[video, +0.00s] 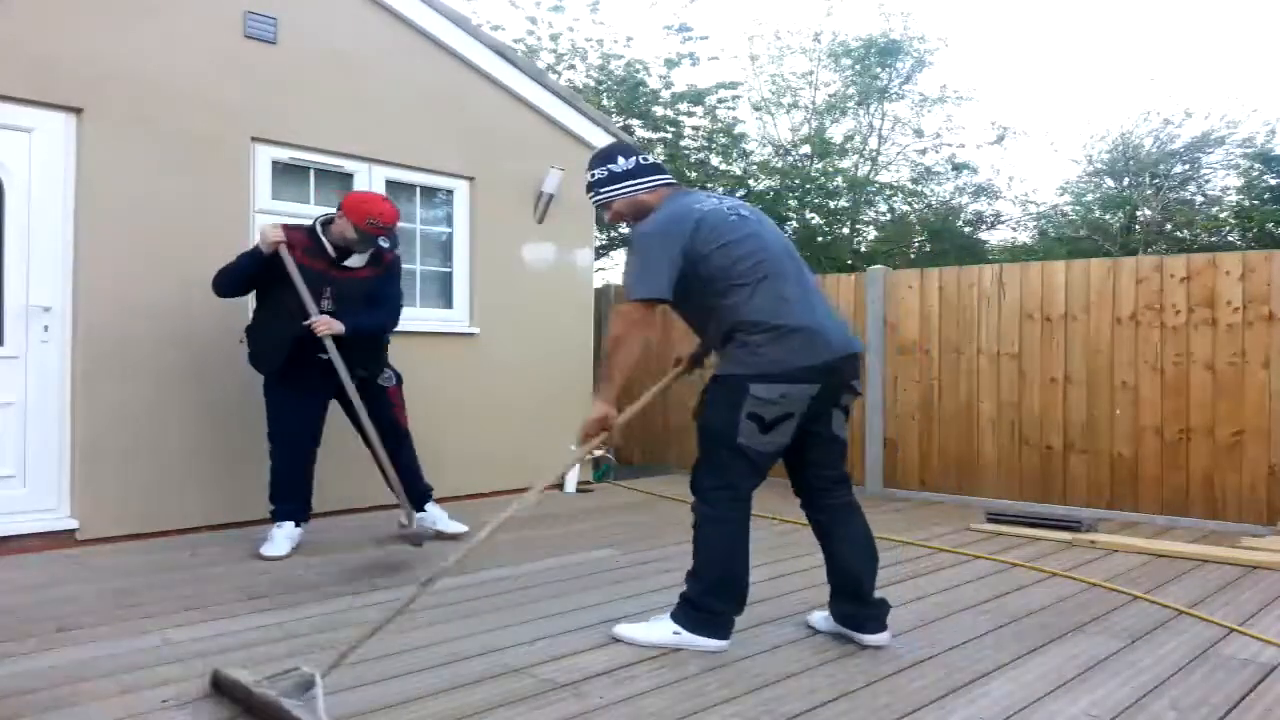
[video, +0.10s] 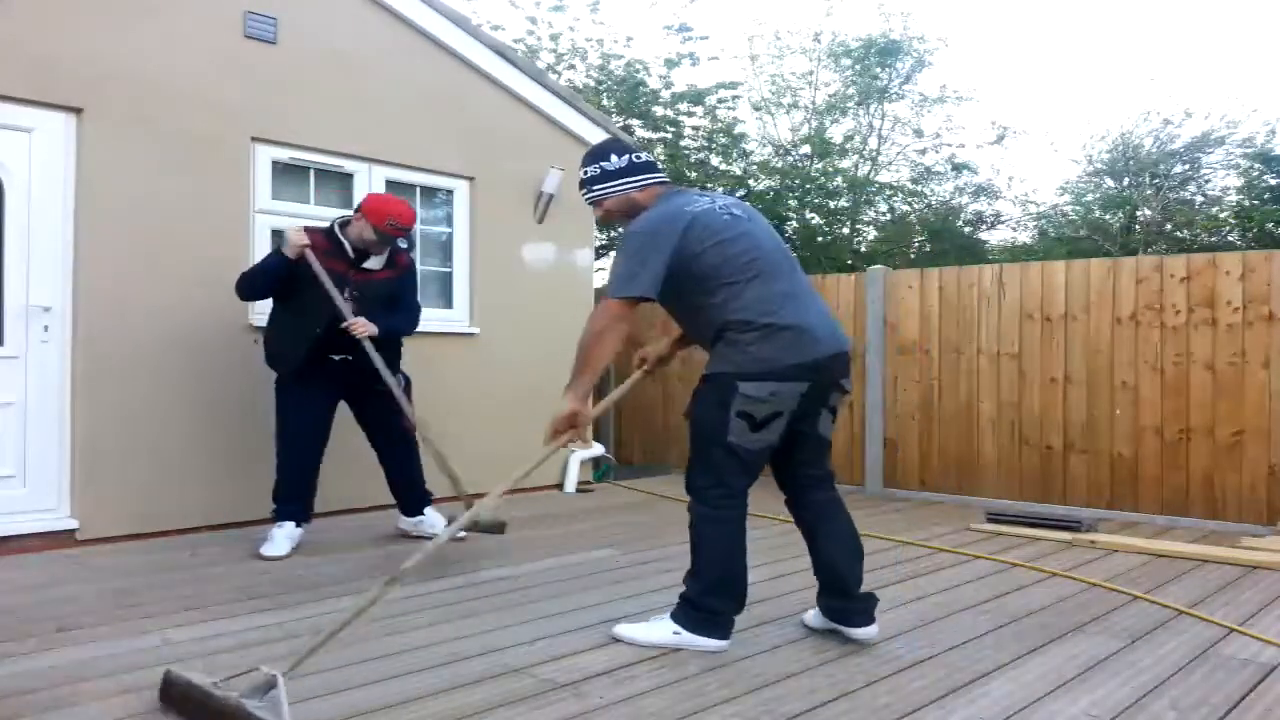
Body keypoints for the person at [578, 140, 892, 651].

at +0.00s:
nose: (613, 219)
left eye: (609, 207)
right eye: (606, 211)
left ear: (630, 189)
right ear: (651, 181)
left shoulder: (660, 224)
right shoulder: (723, 205)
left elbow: (635, 319)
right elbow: (758, 280)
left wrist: (607, 398)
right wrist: (705, 341)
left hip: (765, 360)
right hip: (832, 354)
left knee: (720, 488)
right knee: (825, 485)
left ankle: (704, 620)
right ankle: (861, 614)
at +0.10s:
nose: (599, 215)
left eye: (599, 202)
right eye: (595, 205)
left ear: (628, 188)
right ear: (648, 183)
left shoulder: (654, 222)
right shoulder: (722, 205)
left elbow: (614, 311)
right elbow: (736, 290)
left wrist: (578, 394)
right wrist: (671, 343)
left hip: (756, 361)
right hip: (823, 352)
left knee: (716, 488)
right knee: (808, 479)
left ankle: (704, 619)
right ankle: (849, 609)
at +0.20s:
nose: (596, 216)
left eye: (596, 203)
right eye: (592, 205)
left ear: (621, 187)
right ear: (644, 180)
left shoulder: (650, 220)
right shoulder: (720, 203)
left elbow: (604, 308)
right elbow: (736, 286)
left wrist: (571, 388)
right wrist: (669, 339)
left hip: (747, 357)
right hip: (815, 348)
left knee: (713, 488)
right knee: (798, 479)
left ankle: (704, 620)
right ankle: (827, 604)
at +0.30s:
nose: (598, 213)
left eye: (597, 199)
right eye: (593, 203)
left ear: (622, 183)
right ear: (646, 177)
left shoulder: (649, 217)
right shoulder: (723, 201)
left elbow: (608, 303)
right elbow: (752, 277)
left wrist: (591, 382)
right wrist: (692, 331)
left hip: (739, 359)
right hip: (807, 352)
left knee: (712, 488)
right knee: (788, 478)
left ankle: (704, 620)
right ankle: (798, 596)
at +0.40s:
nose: (604, 208)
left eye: (603, 195)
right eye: (599, 198)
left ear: (627, 181)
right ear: (651, 175)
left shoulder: (647, 218)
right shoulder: (735, 200)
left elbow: (623, 309)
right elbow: (771, 277)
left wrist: (628, 380)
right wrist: (703, 346)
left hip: (730, 360)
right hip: (799, 355)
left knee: (711, 489)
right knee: (777, 477)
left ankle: (705, 618)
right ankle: (777, 591)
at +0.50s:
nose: (617, 207)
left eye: (615, 195)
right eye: (612, 197)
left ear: (638, 182)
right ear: (663, 174)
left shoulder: (655, 222)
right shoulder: (744, 200)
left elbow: (648, 317)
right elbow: (800, 256)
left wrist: (664, 375)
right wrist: (764, 317)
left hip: (726, 360)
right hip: (794, 355)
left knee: (700, 486)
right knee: (765, 476)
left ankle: (704, 617)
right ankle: (769, 592)